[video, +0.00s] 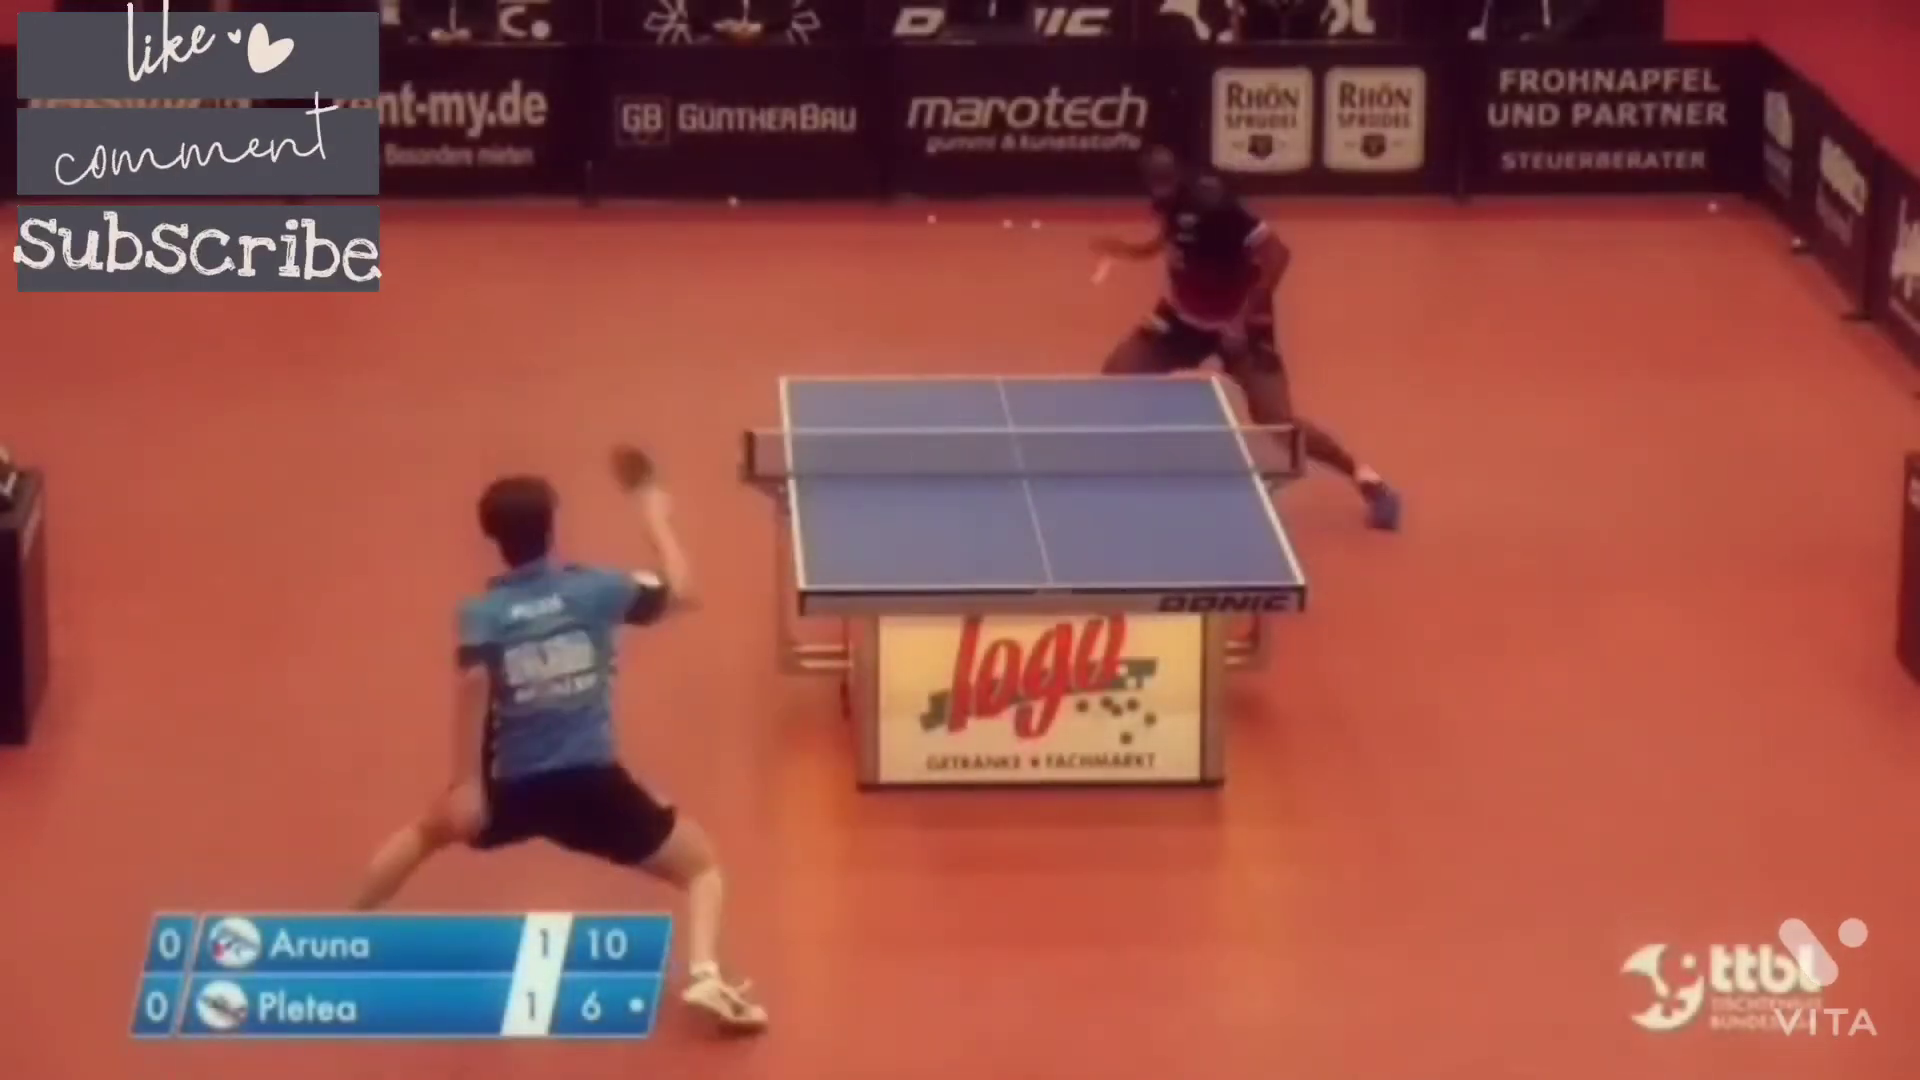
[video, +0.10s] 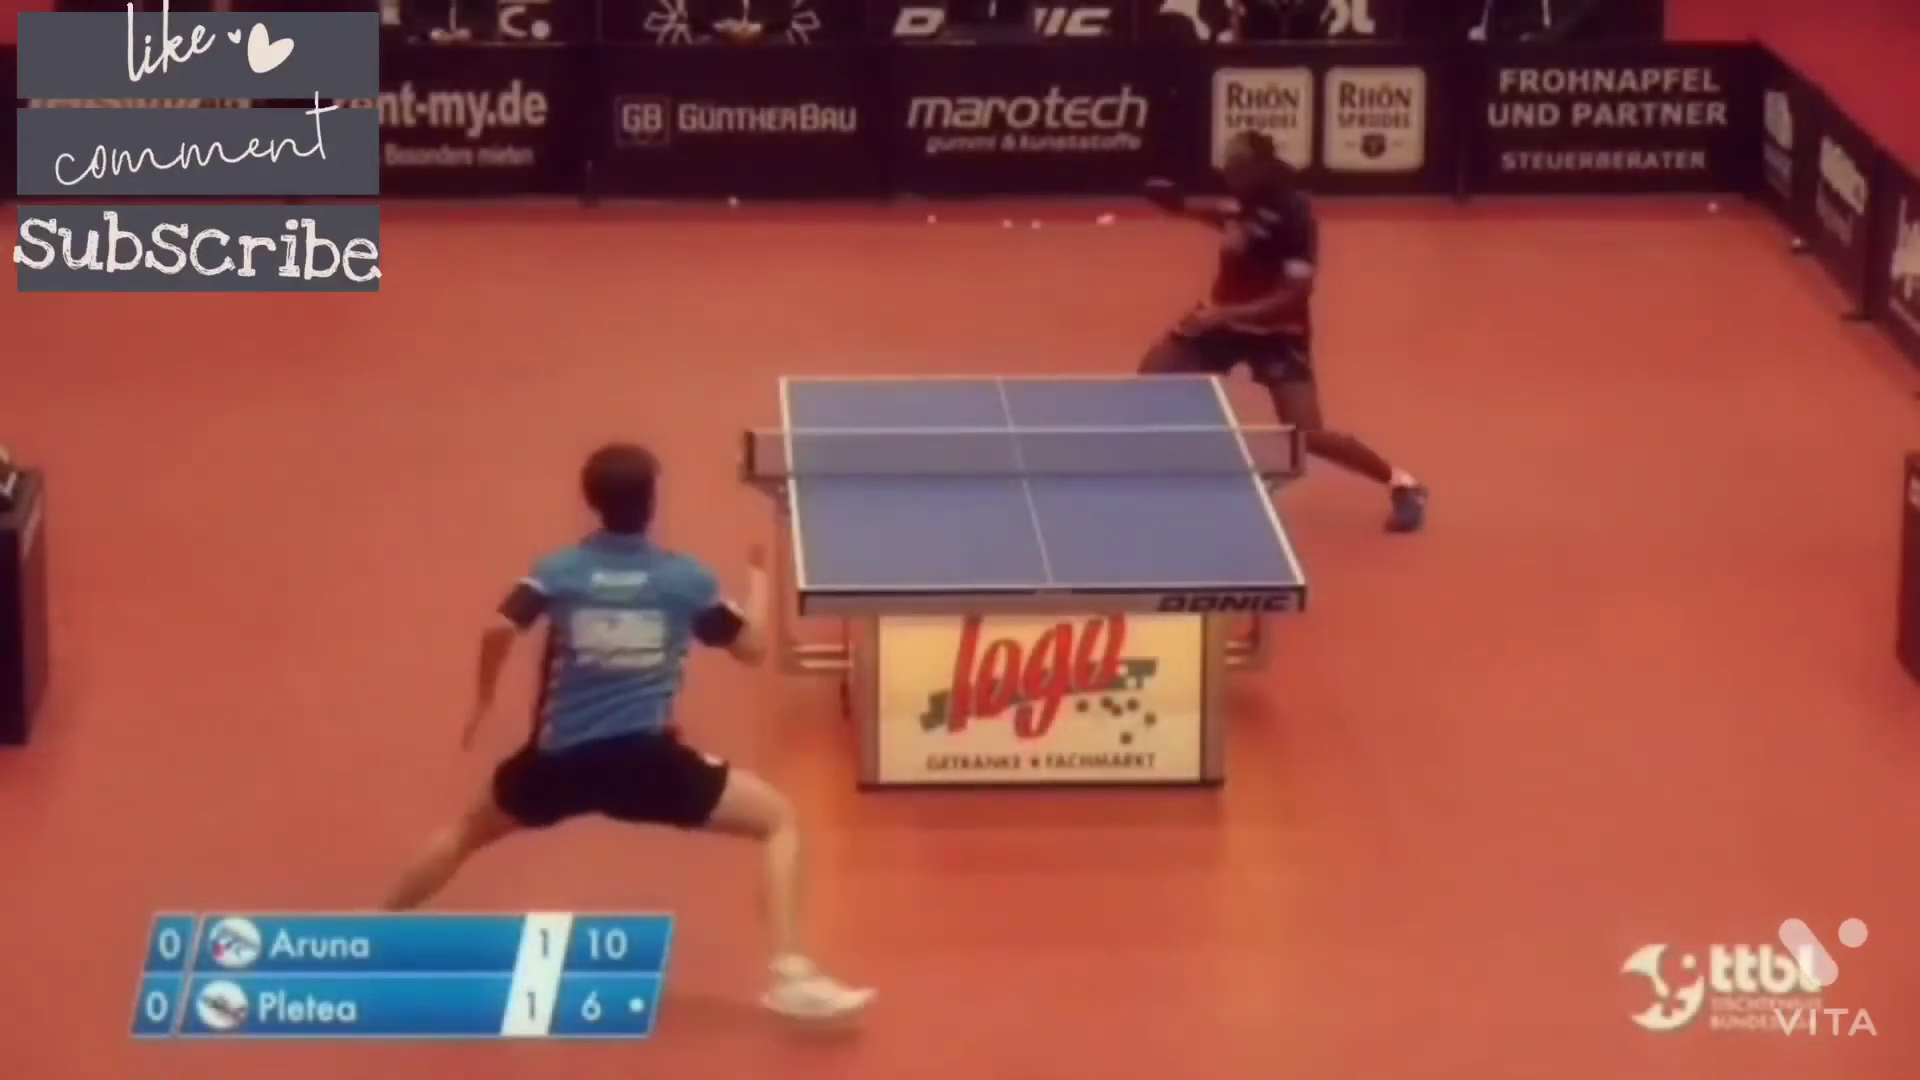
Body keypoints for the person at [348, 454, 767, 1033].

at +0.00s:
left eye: (498, 528)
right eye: (539, 518)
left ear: (494, 537)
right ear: (551, 525)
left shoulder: (481, 611)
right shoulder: (594, 588)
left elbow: (471, 698)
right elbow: (682, 592)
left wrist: (460, 784)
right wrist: (653, 509)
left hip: (515, 795)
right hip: (592, 788)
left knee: (426, 832)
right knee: (700, 869)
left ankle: (342, 928)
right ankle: (704, 975)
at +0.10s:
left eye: (607, 490)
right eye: (646, 489)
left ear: (592, 502)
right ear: (652, 501)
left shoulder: (561, 570)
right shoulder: (681, 578)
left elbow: (498, 631)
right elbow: (753, 647)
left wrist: (483, 702)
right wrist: (764, 584)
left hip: (558, 763)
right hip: (646, 763)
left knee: (466, 836)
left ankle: (372, 935)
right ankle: (790, 971)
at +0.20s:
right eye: (717, 496)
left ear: (661, 506)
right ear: (721, 508)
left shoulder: (625, 567)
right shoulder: (738, 592)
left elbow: (550, 610)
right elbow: (779, 672)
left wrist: (561, 665)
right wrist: (800, 659)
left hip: (594, 756)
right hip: (674, 766)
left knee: (527, 799)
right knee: (796, 862)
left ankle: (486, 927)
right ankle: (889, 992)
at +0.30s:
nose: (802, 545)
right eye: (802, 538)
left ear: (742, 541)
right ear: (799, 552)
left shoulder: (698, 598)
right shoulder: (800, 634)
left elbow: (653, 642)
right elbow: (839, 710)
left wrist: (714, 640)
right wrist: (854, 678)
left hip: (653, 785)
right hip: (734, 793)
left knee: (595, 843)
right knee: (860, 862)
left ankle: (542, 955)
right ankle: (918, 1002)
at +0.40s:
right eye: (808, 543)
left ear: (755, 546)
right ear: (813, 557)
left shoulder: (709, 603)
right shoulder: (822, 637)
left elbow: (666, 640)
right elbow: (877, 711)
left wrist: (726, 645)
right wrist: (820, 703)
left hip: (679, 799)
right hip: (764, 804)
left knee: (611, 842)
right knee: (889, 855)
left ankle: (553, 962)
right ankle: (923, 1004)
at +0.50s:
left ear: (749, 516)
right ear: (808, 524)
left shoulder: (709, 570)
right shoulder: (829, 598)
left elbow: (624, 597)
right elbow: (894, 650)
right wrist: (844, 634)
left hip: (693, 763)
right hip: (777, 770)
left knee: (604, 836)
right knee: (883, 852)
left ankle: (549, 962)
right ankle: (923, 1003)